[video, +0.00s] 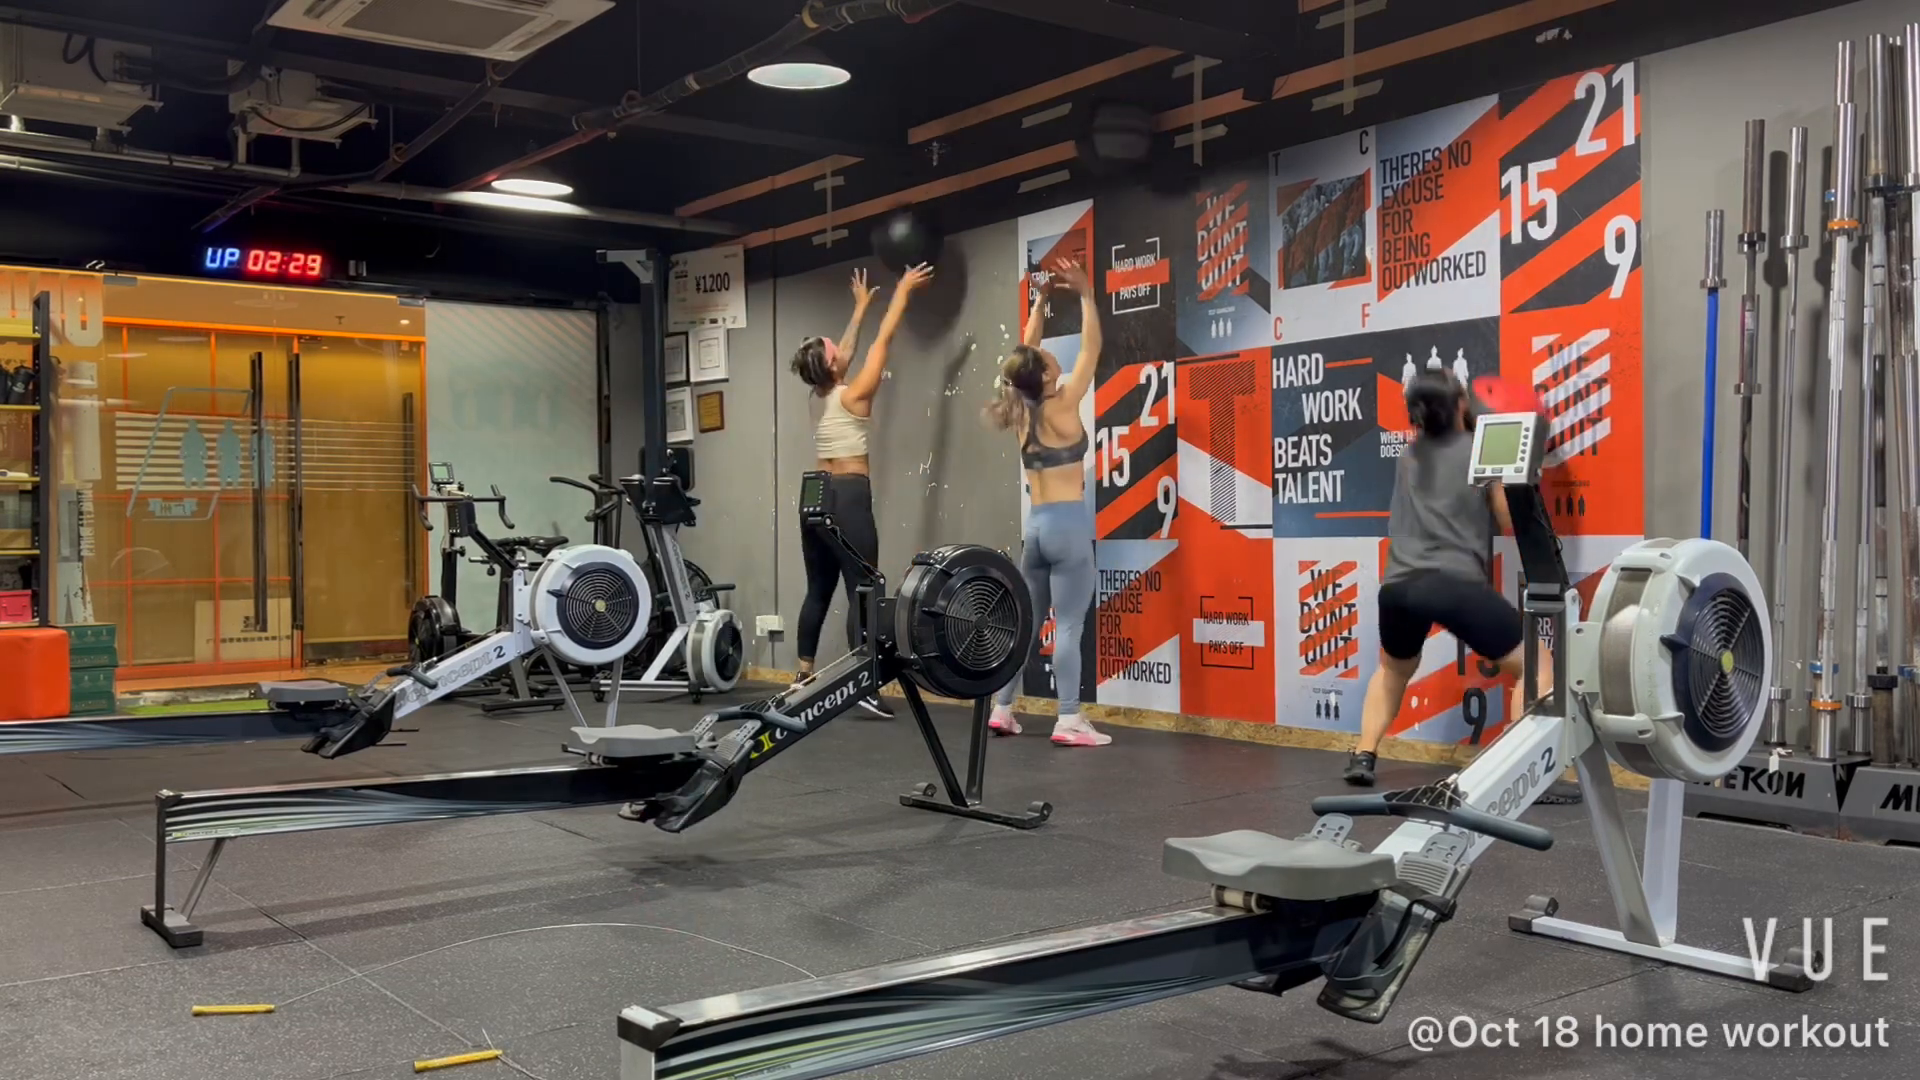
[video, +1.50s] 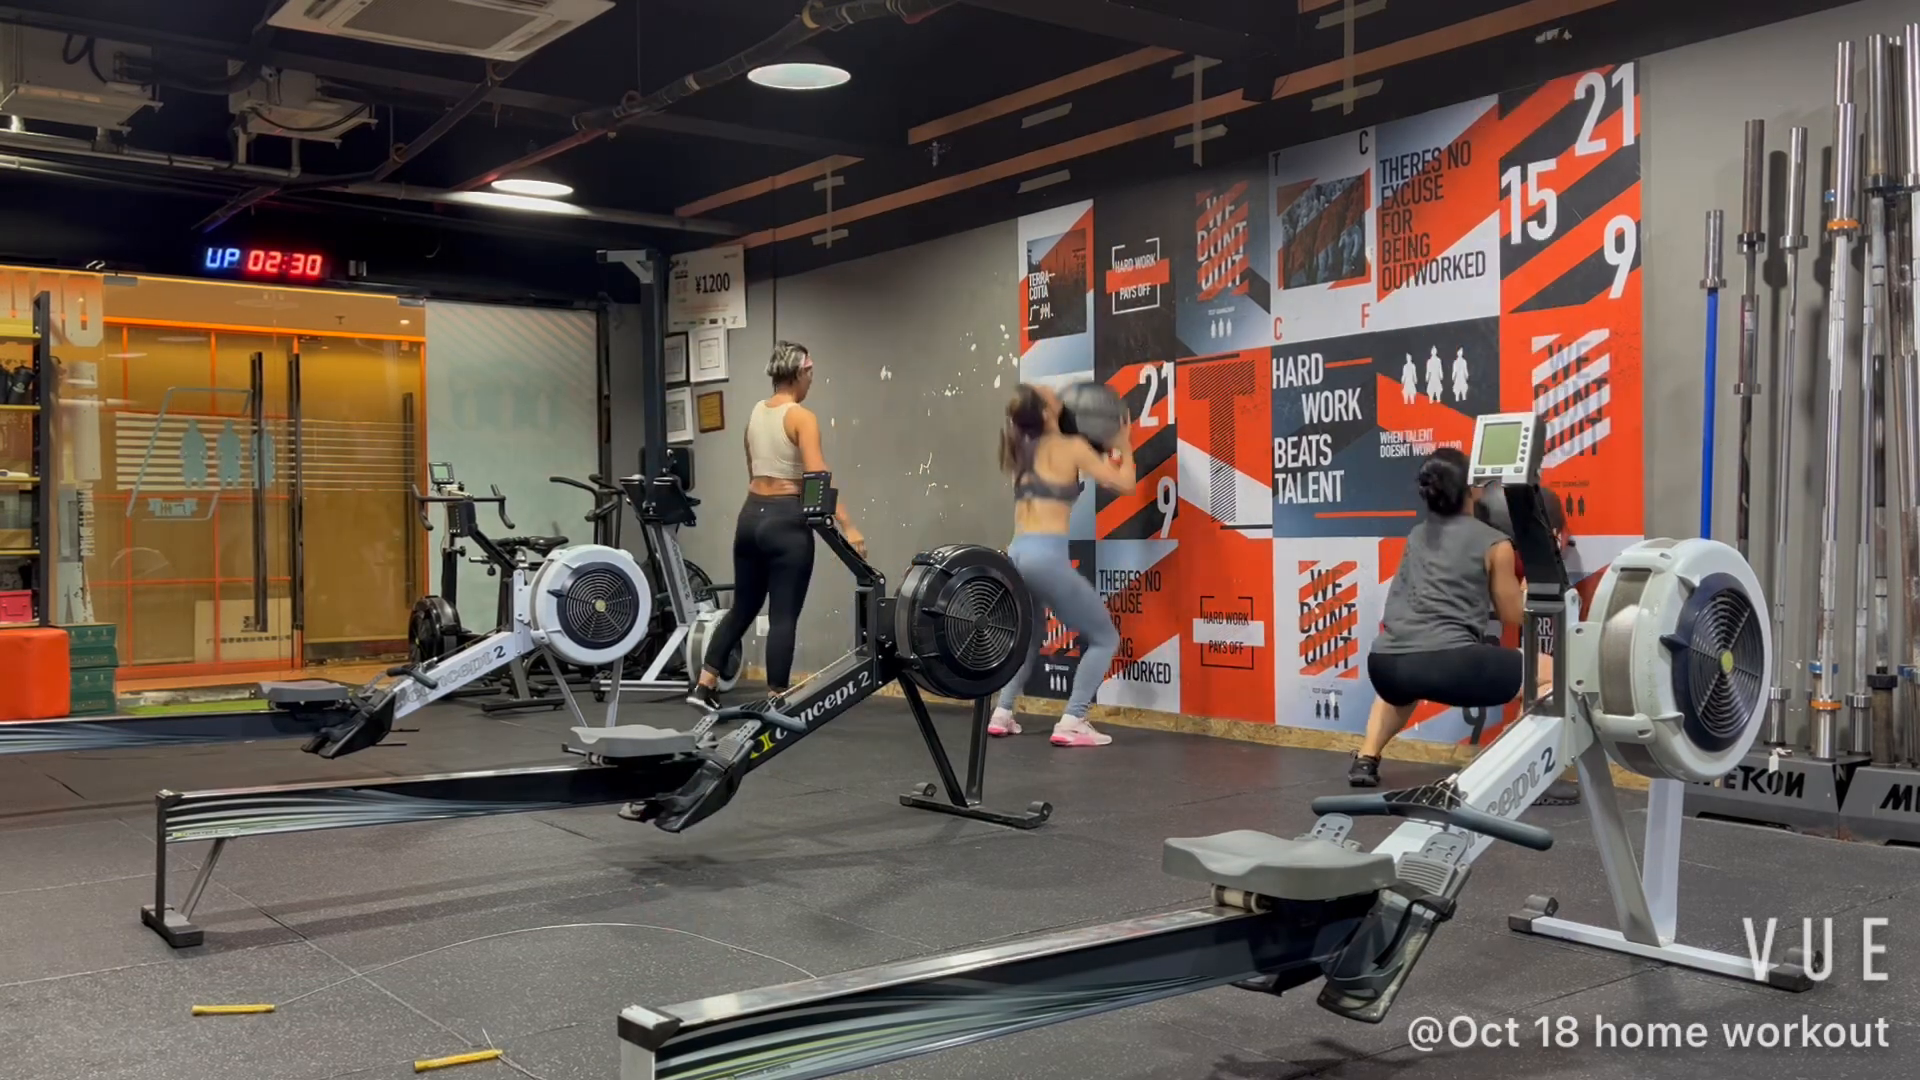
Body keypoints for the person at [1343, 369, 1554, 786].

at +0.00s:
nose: (1469, 402)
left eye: (1464, 395)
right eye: (1465, 397)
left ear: (1419, 412)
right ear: (1461, 406)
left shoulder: (1408, 455)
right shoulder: (1481, 451)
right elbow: (1506, 522)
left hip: (1399, 587)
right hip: (1458, 585)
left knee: (1391, 671)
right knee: (1533, 667)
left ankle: (1363, 755)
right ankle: (1525, 767)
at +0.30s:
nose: (1448, 316)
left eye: (1440, 313)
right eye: (1442, 314)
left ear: (1403, 338)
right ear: (1440, 327)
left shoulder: (1399, 369)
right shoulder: (1464, 354)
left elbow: (1409, 308)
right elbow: (1488, 280)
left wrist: (1417, 241)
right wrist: (1513, 213)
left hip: (1418, 517)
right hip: (1472, 513)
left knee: (1398, 629)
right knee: (1506, 624)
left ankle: (1369, 727)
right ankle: (1532, 728)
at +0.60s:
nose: (1453, 352)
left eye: (1448, 347)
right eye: (1448, 349)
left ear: (1405, 366)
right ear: (1440, 361)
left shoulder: (1397, 403)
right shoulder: (1468, 394)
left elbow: (1386, 350)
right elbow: (1518, 335)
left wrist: (1402, 291)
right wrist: (1523, 260)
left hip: (1418, 552)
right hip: (1472, 550)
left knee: (1399, 662)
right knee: (1501, 661)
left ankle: (1363, 761)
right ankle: (1519, 767)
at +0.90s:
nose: (1452, 349)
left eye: (1447, 344)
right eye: (1449, 347)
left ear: (1408, 366)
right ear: (1448, 360)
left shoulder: (1401, 406)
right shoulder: (1474, 400)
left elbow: (1428, 377)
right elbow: (1536, 396)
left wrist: (1443, 335)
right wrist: (1537, 332)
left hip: (1411, 555)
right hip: (1468, 556)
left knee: (1397, 660)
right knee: (1502, 663)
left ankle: (1362, 762)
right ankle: (1522, 774)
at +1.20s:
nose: (1467, 415)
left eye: (1462, 408)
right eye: (1461, 410)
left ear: (1415, 426)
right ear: (1454, 419)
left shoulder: (1404, 471)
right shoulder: (1478, 469)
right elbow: (1506, 534)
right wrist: (1544, 489)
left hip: (1391, 607)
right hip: (1451, 608)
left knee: (1398, 674)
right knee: (1539, 669)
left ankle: (1363, 762)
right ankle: (1522, 773)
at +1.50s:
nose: (1480, 483)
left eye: (1477, 477)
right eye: (1477, 478)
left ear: (1428, 491)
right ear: (1472, 488)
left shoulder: (1415, 535)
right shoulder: (1494, 544)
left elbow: (1412, 596)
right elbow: (1512, 616)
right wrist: (1528, 591)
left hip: (1389, 664)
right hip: (1454, 665)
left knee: (1401, 687)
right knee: (1549, 671)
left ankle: (1366, 759)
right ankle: (1529, 773)